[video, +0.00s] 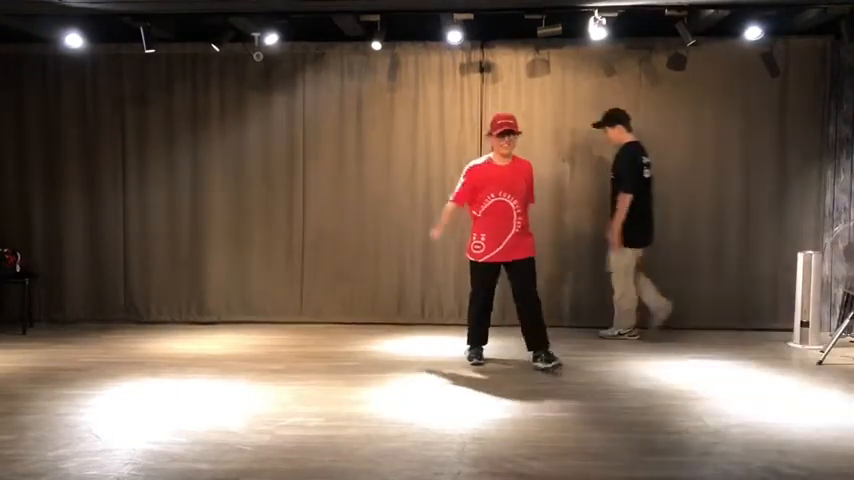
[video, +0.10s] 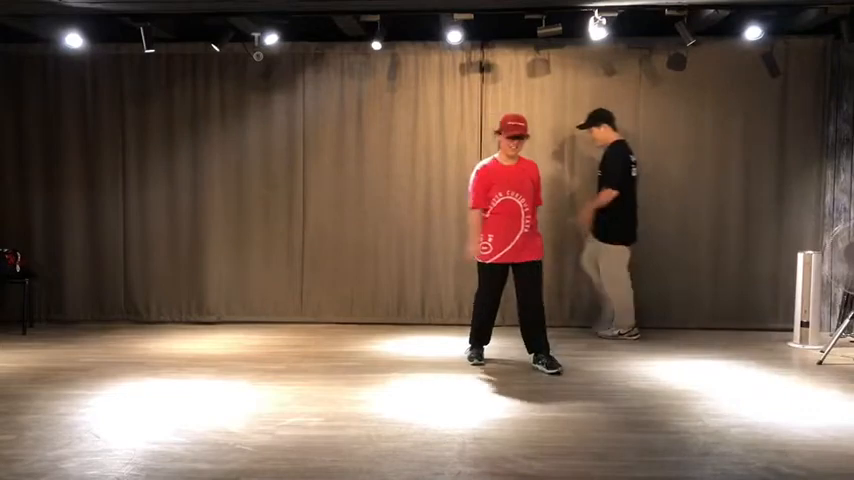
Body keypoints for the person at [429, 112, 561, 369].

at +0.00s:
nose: (507, 140)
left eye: (511, 136)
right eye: (502, 136)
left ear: (517, 139)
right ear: (492, 138)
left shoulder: (524, 168)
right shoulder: (475, 169)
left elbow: (527, 204)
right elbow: (454, 201)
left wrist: (520, 232)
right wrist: (440, 226)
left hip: (518, 246)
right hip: (484, 247)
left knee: (528, 298)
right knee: (481, 298)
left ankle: (540, 350)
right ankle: (475, 347)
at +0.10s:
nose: (515, 143)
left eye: (520, 138)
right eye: (510, 138)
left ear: (525, 140)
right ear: (499, 138)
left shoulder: (531, 169)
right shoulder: (484, 170)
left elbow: (535, 208)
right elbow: (476, 209)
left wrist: (533, 239)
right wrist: (474, 241)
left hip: (527, 247)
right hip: (494, 248)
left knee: (532, 302)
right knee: (487, 300)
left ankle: (540, 353)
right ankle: (477, 346)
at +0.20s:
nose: (523, 145)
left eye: (528, 141)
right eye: (519, 140)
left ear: (533, 142)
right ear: (507, 137)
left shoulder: (535, 168)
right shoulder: (492, 168)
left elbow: (547, 205)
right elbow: (495, 207)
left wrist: (556, 233)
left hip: (538, 247)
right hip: (505, 248)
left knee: (540, 302)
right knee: (497, 298)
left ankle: (542, 353)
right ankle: (479, 343)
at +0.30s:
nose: (531, 147)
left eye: (536, 142)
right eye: (527, 141)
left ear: (539, 142)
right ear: (513, 138)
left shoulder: (542, 169)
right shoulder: (500, 168)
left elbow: (557, 203)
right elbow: (510, 197)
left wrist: (582, 224)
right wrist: (543, 206)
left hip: (546, 249)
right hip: (515, 250)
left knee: (545, 305)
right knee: (512, 300)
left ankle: (543, 354)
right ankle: (487, 340)